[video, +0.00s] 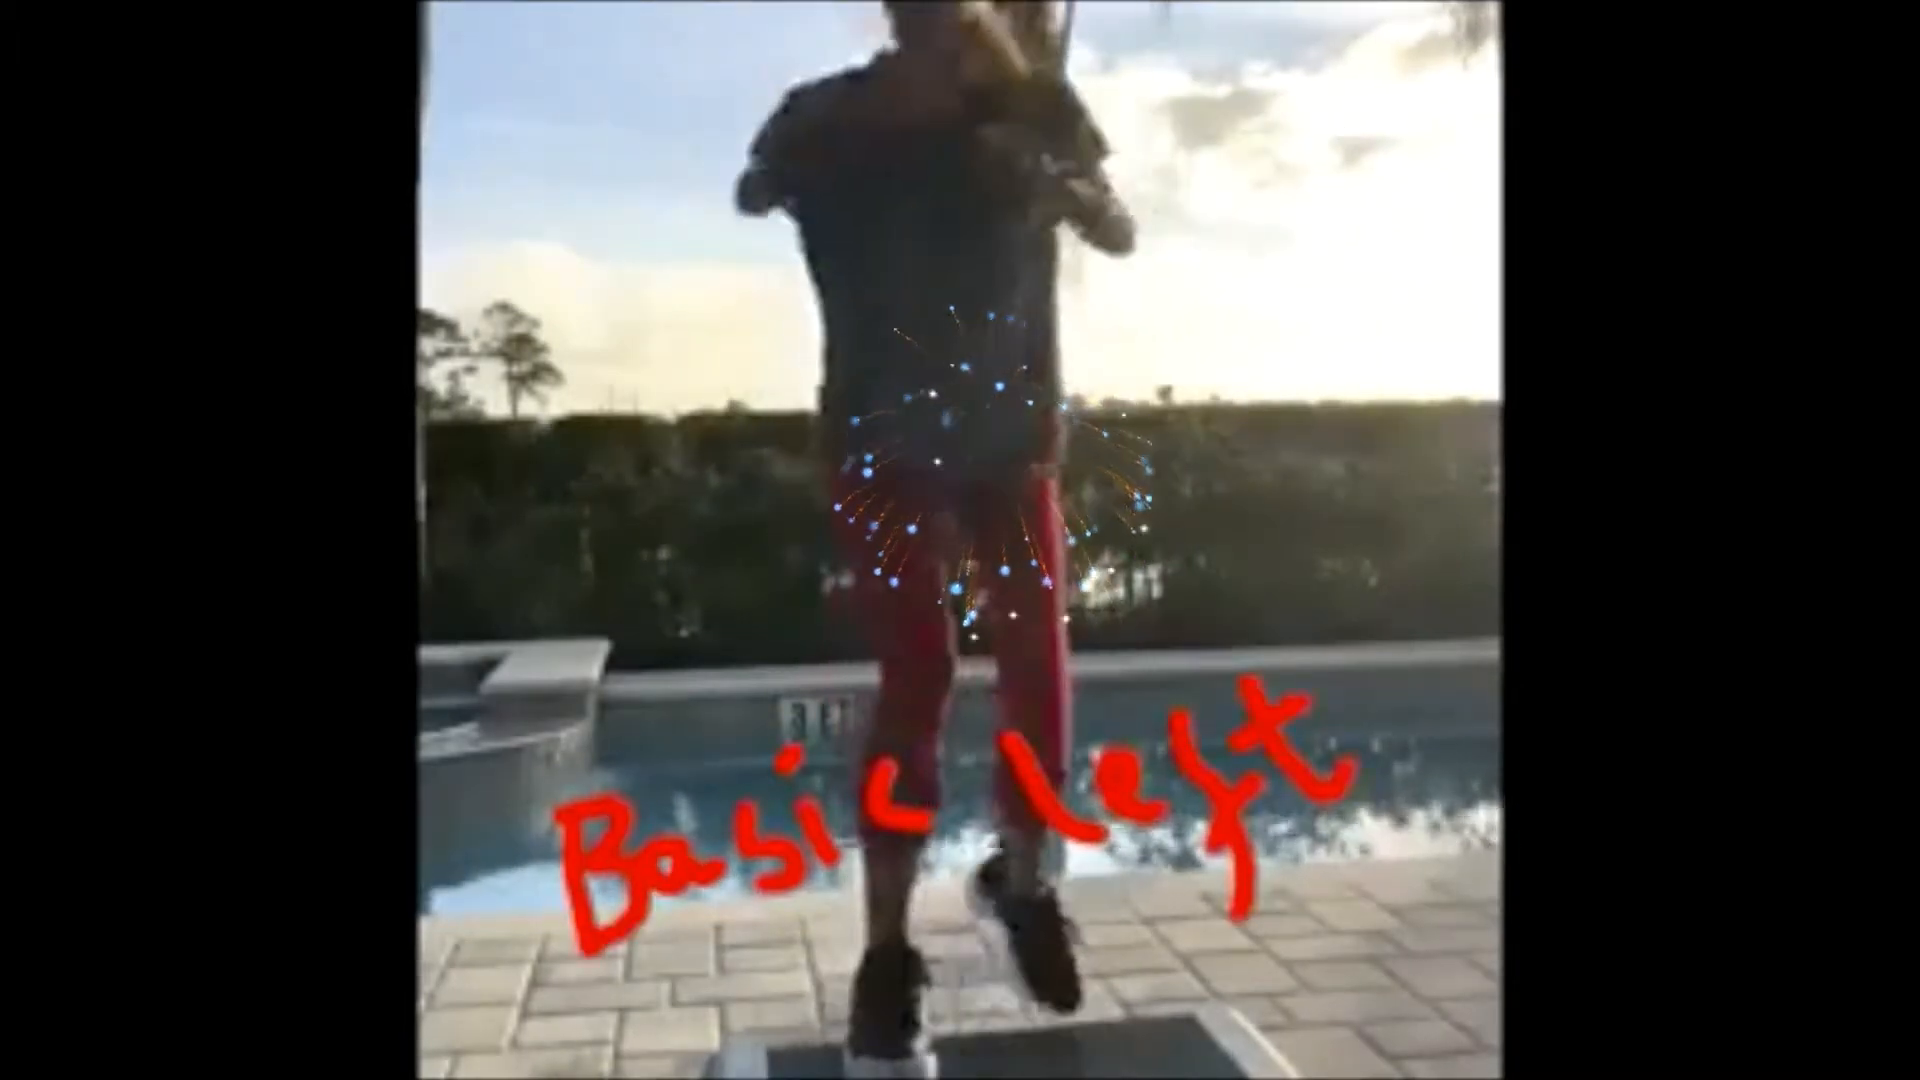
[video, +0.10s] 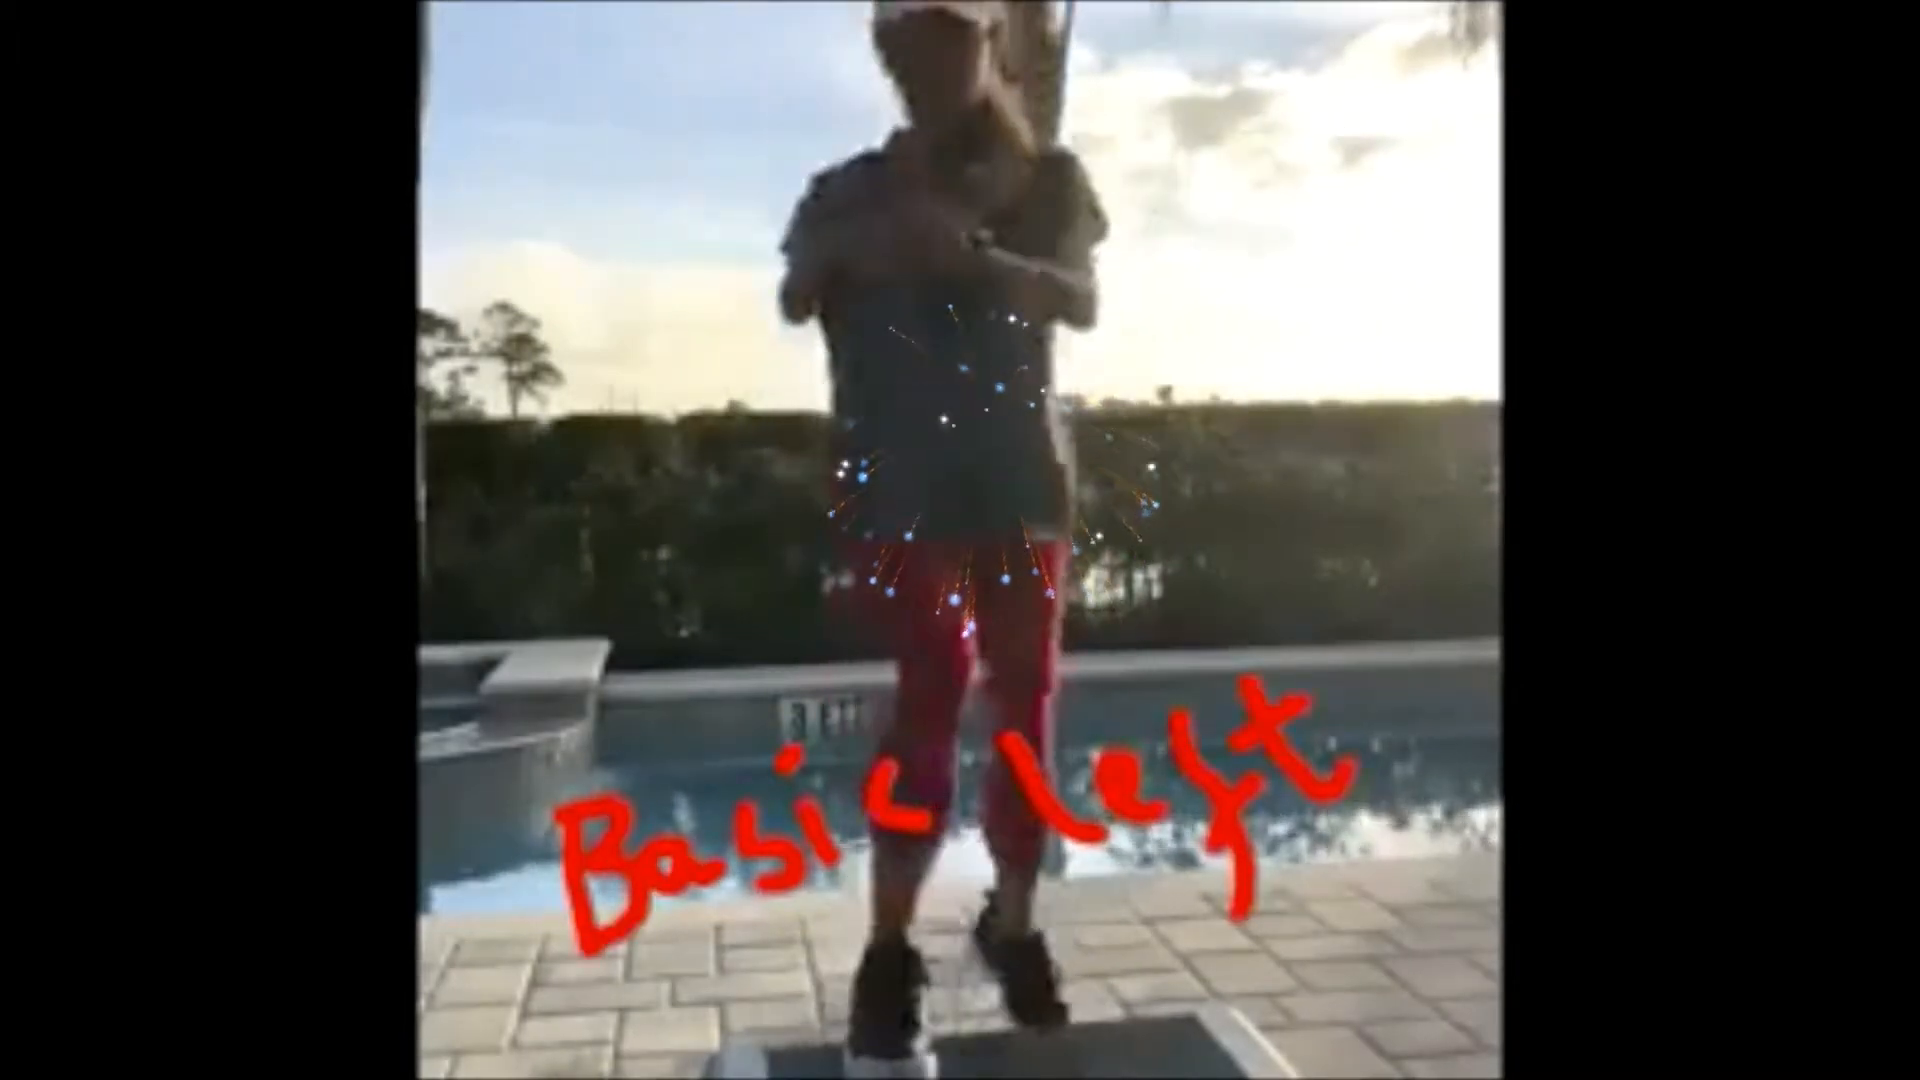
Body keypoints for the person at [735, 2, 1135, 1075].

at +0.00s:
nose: (947, 26)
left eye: (961, 15)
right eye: (929, 15)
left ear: (984, 17)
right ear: (898, 17)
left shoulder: (1035, 104)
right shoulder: (822, 114)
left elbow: (1119, 234)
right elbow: (755, 200)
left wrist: (1059, 184)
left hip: (1012, 439)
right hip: (883, 444)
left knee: (1037, 669)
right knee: (915, 679)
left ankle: (1023, 872)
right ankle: (887, 952)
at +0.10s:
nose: (932, 54)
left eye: (951, 35)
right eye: (913, 37)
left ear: (988, 48)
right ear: (890, 57)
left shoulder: (1046, 174)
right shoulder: (842, 190)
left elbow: (1077, 298)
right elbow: (795, 303)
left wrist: (966, 253)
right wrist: (869, 236)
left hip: (1019, 475)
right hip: (894, 479)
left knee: (1027, 703)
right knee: (931, 691)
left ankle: (1013, 923)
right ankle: (888, 951)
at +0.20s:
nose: (943, 131)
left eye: (963, 111)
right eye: (925, 112)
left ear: (1002, 115)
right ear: (901, 121)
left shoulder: (1058, 250)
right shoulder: (865, 257)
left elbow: (1076, 397)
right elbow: (821, 400)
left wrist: (958, 395)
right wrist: (917, 371)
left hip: (1028, 533)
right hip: (909, 530)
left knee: (1021, 746)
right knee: (925, 727)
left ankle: (999, 951)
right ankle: (889, 946)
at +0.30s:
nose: (948, 130)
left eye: (968, 111)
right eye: (931, 110)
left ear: (1005, 118)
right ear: (905, 119)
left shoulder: (1059, 251)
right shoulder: (864, 254)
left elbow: (1116, 396)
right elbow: (839, 401)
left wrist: (1063, 478)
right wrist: (849, 495)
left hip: (1029, 510)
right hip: (911, 508)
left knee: (1021, 730)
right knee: (913, 706)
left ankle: (995, 941)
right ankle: (898, 913)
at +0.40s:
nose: (944, 122)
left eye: (964, 103)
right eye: (927, 103)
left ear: (1003, 110)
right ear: (902, 113)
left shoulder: (1063, 239)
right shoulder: (871, 234)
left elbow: (1138, 335)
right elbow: (848, 326)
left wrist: (1134, 414)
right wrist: (794, 406)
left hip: (1026, 500)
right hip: (914, 494)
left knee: (1012, 723)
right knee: (909, 671)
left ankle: (993, 940)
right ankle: (886, 884)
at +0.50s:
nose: (933, 122)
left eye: (954, 103)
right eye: (916, 103)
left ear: (996, 110)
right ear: (894, 113)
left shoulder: (1051, 231)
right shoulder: (860, 228)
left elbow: (1140, 283)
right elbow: (825, 283)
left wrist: (1169, 400)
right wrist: (775, 352)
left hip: (1017, 506)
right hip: (901, 501)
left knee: (1009, 740)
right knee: (881, 723)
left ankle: (996, 943)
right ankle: (877, 916)